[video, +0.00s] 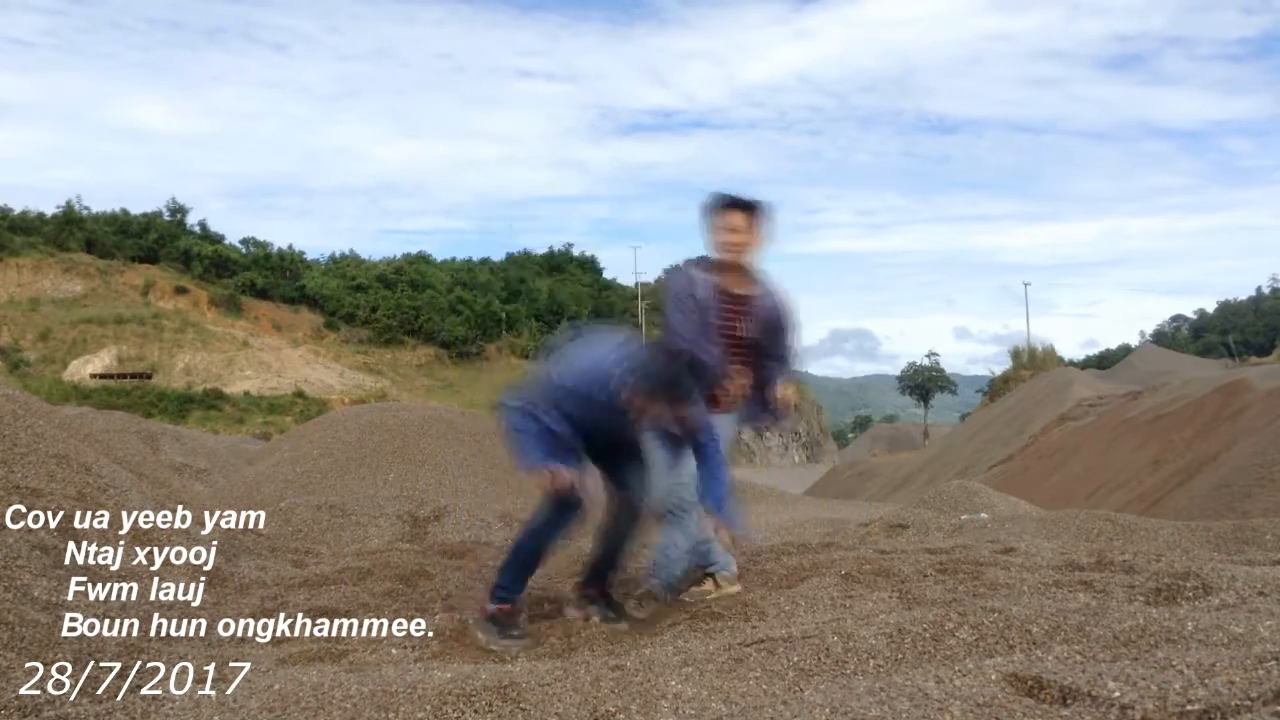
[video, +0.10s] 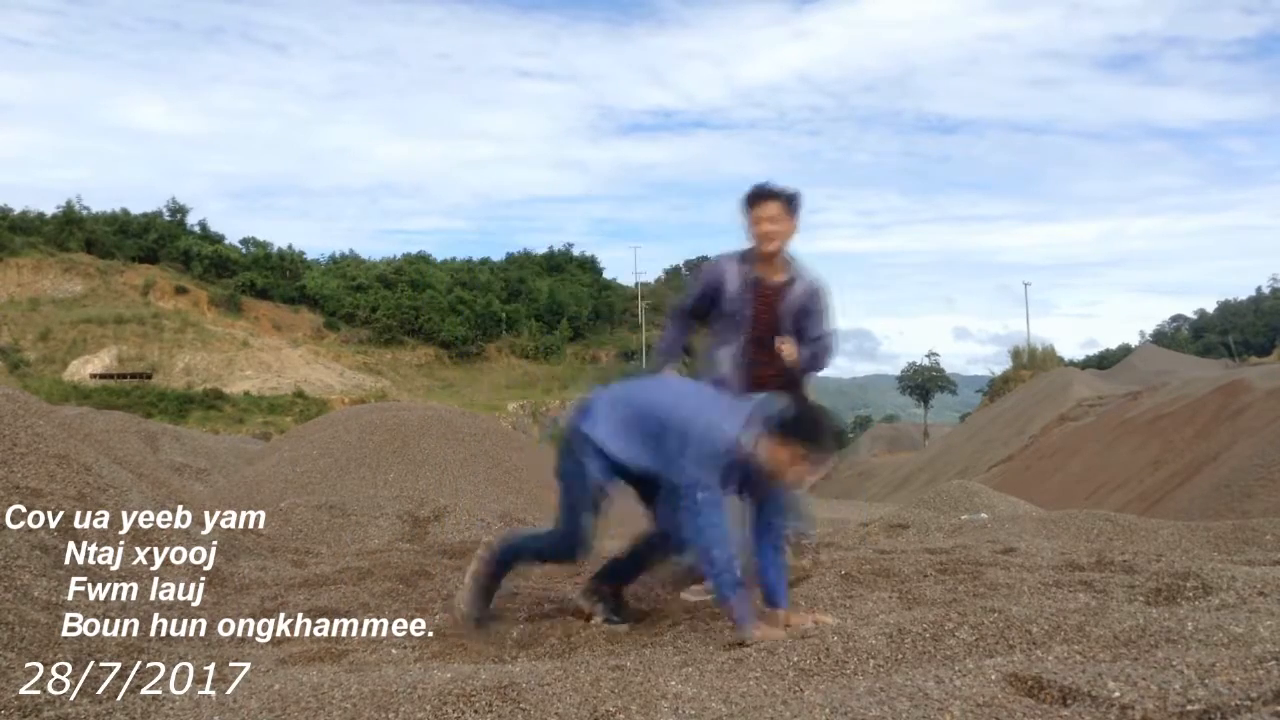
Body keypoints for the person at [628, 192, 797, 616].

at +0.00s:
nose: (732, 239)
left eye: (741, 232)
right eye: (724, 230)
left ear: (755, 237)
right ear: (710, 234)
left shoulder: (767, 301)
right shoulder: (686, 279)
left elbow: (773, 358)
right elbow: (682, 338)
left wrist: (777, 386)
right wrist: (719, 373)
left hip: (724, 409)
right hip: (671, 399)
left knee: (692, 493)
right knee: (668, 489)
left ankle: (663, 581)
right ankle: (718, 566)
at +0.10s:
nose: (767, 229)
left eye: (776, 220)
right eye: (759, 220)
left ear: (793, 225)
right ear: (748, 225)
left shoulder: (807, 288)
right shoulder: (722, 273)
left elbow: (822, 349)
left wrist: (801, 357)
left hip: (780, 402)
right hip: (723, 399)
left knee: (772, 490)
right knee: (707, 480)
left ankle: (767, 575)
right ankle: (709, 570)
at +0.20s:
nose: (788, 233)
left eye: (796, 224)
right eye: (779, 225)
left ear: (811, 229)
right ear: (768, 231)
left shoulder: (827, 286)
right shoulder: (750, 279)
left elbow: (846, 349)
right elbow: (739, 330)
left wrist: (820, 383)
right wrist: (728, 354)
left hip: (808, 398)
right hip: (758, 396)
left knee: (816, 477)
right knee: (753, 477)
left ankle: (826, 551)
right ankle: (753, 557)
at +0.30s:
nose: (789, 224)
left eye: (797, 215)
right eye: (781, 216)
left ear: (812, 219)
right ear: (769, 220)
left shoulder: (828, 269)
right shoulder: (759, 269)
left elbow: (845, 332)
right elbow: (751, 316)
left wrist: (819, 385)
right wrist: (750, 336)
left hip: (814, 384)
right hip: (768, 383)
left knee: (816, 465)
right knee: (774, 465)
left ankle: (830, 551)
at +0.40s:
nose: (777, 240)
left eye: (785, 233)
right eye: (770, 233)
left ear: (801, 236)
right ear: (761, 237)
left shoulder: (813, 286)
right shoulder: (759, 286)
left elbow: (825, 350)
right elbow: (757, 341)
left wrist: (813, 397)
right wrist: (759, 384)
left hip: (814, 389)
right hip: (785, 390)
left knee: (807, 467)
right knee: (802, 469)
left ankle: (825, 552)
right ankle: (814, 546)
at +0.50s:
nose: (771, 237)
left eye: (780, 229)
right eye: (765, 230)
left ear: (797, 231)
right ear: (758, 234)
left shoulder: (813, 280)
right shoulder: (758, 283)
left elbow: (824, 347)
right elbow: (764, 337)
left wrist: (803, 392)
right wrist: (753, 364)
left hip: (812, 391)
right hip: (782, 391)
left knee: (808, 471)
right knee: (805, 471)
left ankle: (813, 554)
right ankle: (822, 547)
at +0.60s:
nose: (775, 236)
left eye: (783, 229)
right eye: (769, 230)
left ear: (802, 233)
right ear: (764, 234)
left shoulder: (815, 282)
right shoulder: (763, 284)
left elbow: (823, 349)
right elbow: (771, 340)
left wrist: (801, 391)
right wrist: (752, 360)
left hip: (812, 392)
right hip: (782, 392)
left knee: (811, 472)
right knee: (804, 472)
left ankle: (813, 554)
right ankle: (823, 546)